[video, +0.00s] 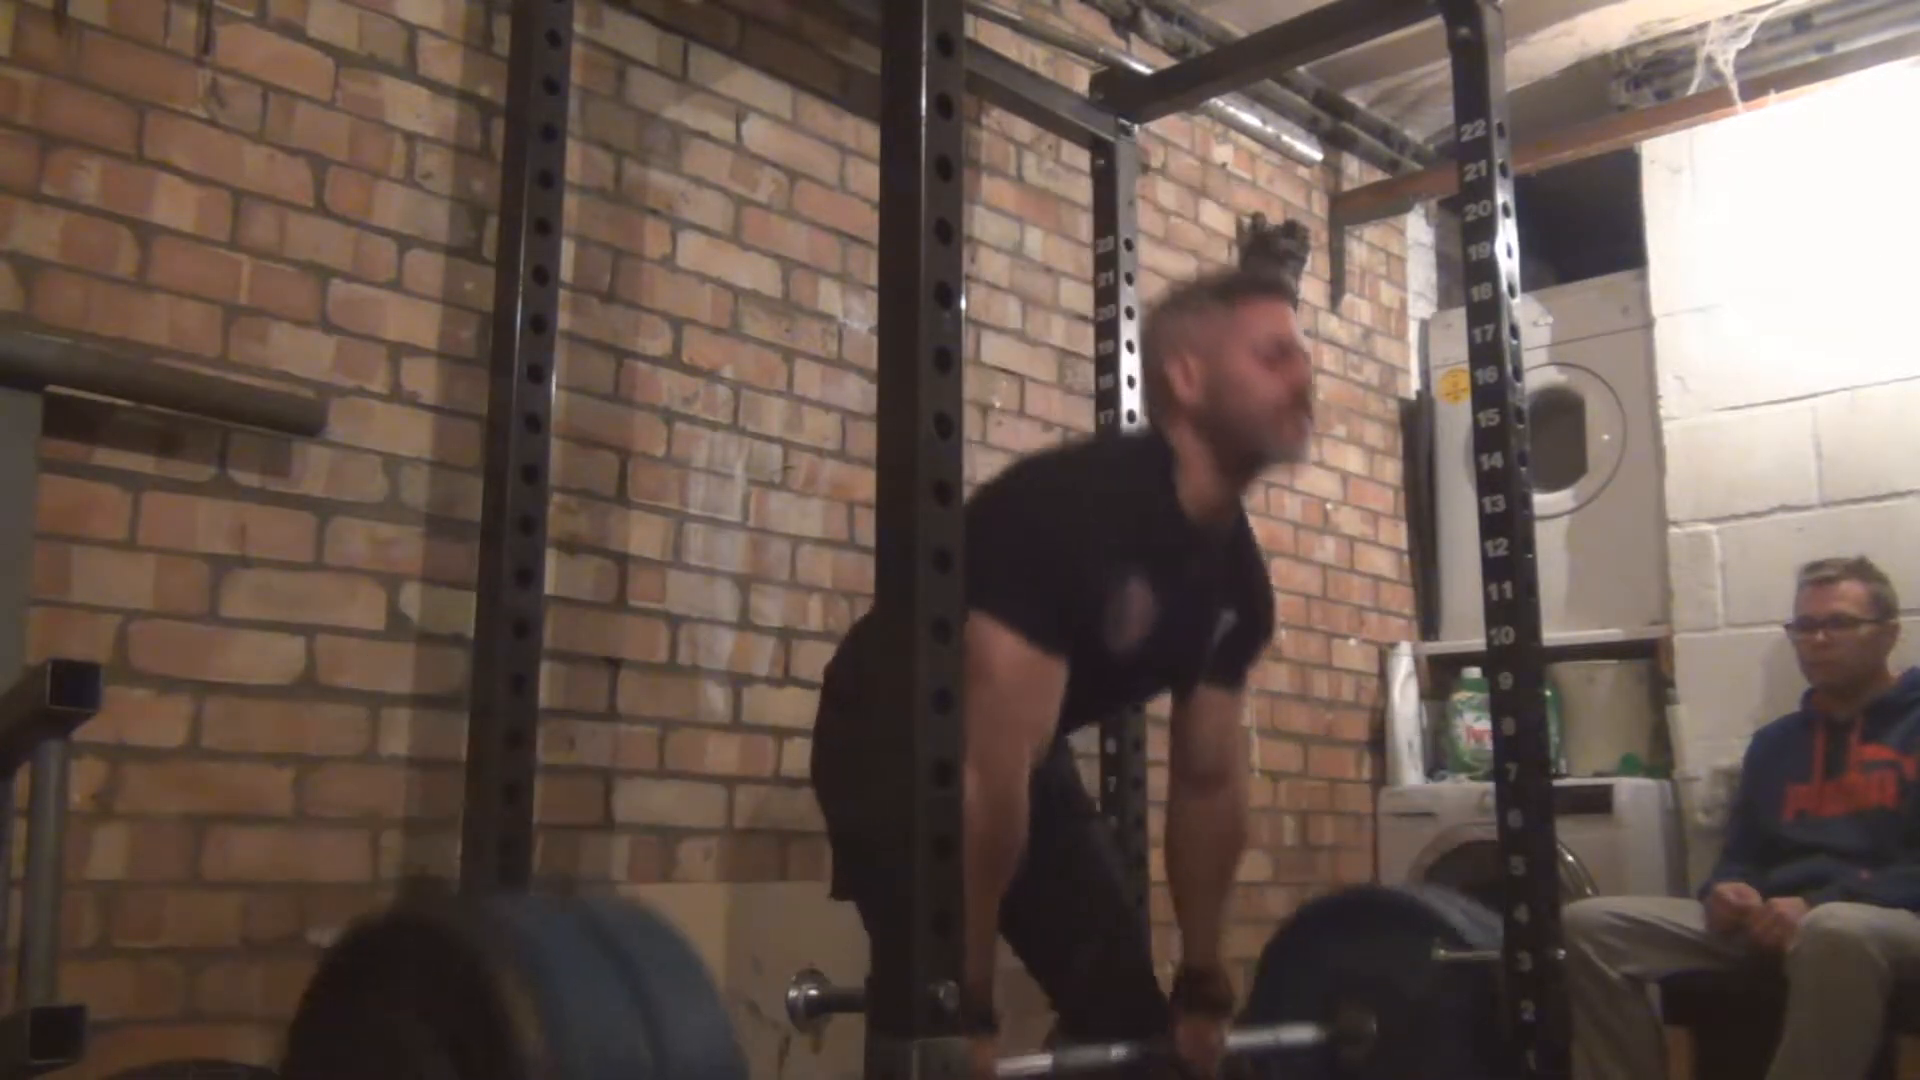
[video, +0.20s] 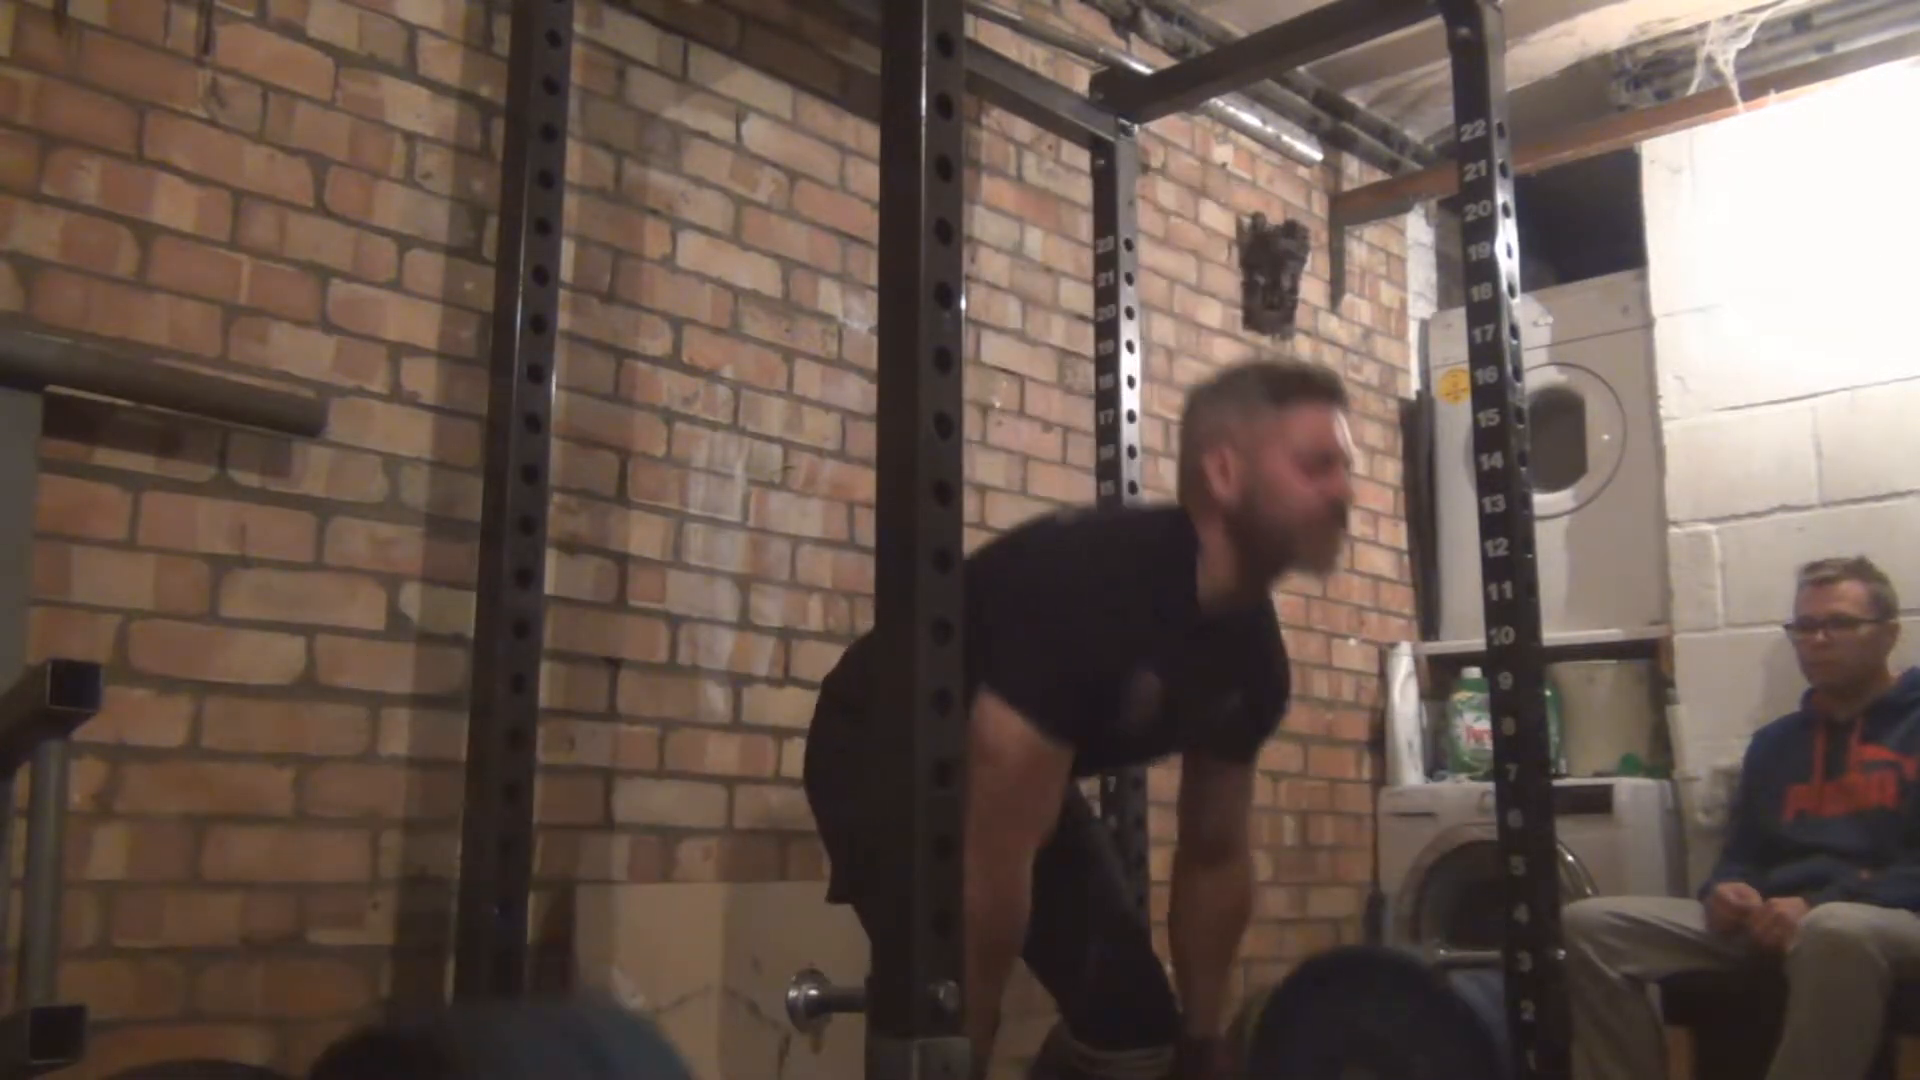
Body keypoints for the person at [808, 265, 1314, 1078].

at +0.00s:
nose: (1307, 380)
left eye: (1302, 355)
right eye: (1275, 355)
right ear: (1184, 377)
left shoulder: (1233, 580)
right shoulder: (1066, 507)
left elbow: (1210, 783)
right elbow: (994, 773)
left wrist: (1203, 980)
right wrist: (971, 1014)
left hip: (1017, 750)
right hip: (890, 729)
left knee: (1122, 1004)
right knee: (928, 1006)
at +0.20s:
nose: (1345, 491)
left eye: (1342, 468)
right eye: (1316, 465)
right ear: (1224, 474)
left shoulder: (1249, 664)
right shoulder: (1087, 586)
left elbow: (1215, 858)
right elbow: (996, 866)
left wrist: (1204, 1042)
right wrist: (963, 1057)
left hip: (1015, 767)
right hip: (879, 750)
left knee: (1131, 1025)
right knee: (937, 1010)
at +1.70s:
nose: (1100, 191)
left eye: (1102, 173)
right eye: (1070, 170)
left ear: (1107, 192)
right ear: (990, 184)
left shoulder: (1108, 369)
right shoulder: (945, 324)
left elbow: (1148, 574)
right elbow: (929, 546)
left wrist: (1193, 749)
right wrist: (952, 739)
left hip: (1088, 686)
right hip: (973, 681)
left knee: (1116, 1000)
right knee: (952, 1000)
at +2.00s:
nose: (1036, 259)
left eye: (1044, 240)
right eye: (1013, 235)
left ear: (1046, 253)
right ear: (946, 243)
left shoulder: (1074, 416)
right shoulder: (881, 383)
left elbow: (1130, 594)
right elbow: (909, 576)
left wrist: (1186, 767)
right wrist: (956, 756)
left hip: (1102, 747)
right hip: (970, 750)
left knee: (1134, 1024)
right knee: (959, 1031)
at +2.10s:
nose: (1040, 260)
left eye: (1047, 241)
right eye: (1017, 236)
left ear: (1048, 253)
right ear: (948, 242)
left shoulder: (1071, 414)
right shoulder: (881, 383)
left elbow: (1131, 591)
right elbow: (908, 578)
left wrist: (1186, 765)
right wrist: (955, 756)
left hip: (1103, 748)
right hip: (972, 750)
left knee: (1134, 1024)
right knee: (960, 1032)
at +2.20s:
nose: (1059, 240)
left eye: (1062, 221)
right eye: (1034, 218)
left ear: (1055, 235)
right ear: (958, 227)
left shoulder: (1075, 403)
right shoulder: (892, 373)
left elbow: (1133, 590)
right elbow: (908, 577)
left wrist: (1184, 766)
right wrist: (950, 759)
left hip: (1096, 706)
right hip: (970, 712)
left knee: (1132, 1012)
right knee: (961, 1017)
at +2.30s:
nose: (1098, 217)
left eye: (1100, 198)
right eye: (1072, 192)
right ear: (991, 203)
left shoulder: (1093, 383)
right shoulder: (937, 343)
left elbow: (1140, 589)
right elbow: (916, 567)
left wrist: (1190, 767)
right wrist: (951, 766)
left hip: (1089, 715)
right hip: (972, 721)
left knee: (1134, 1015)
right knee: (962, 1022)